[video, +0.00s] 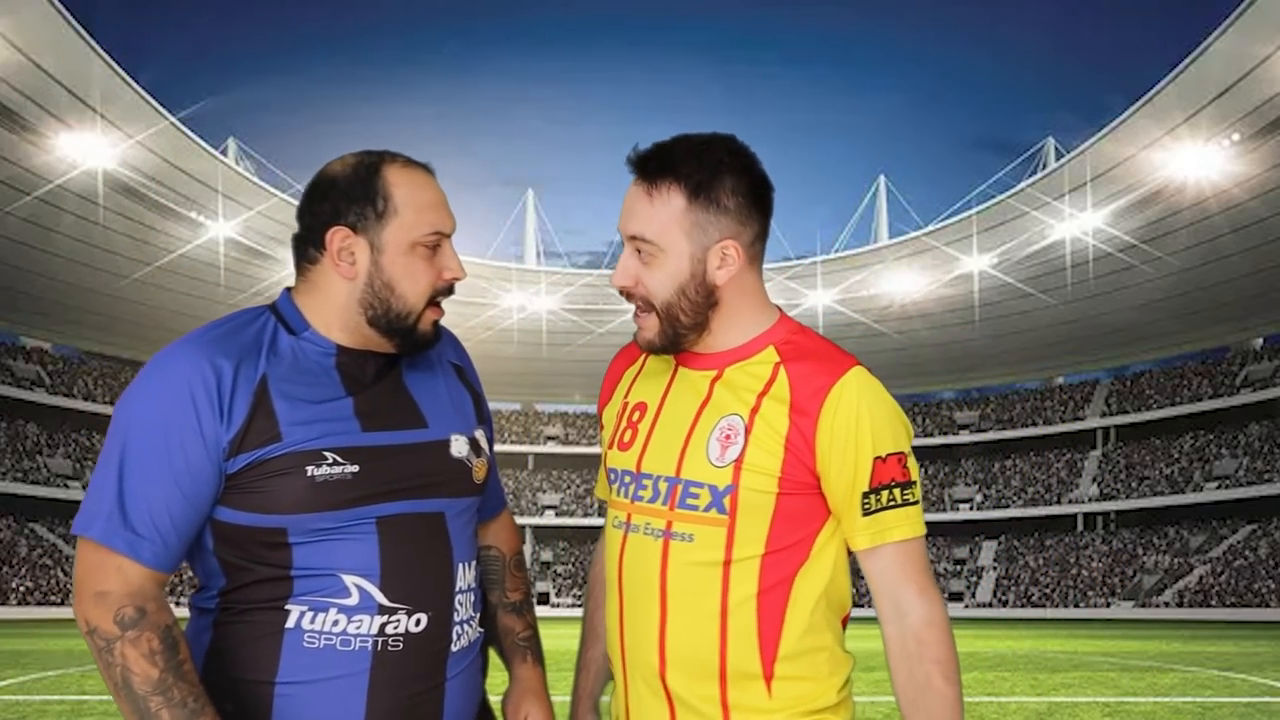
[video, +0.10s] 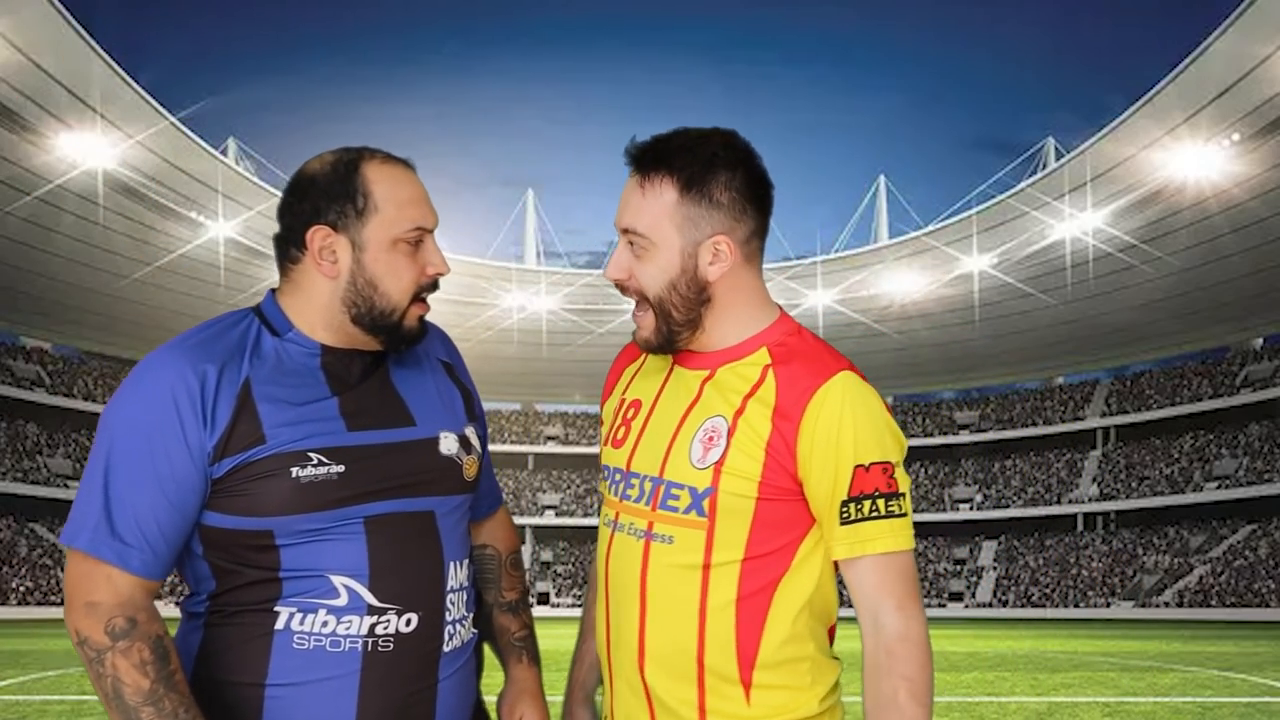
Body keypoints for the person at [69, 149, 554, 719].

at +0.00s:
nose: (458, 271)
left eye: (450, 245)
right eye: (432, 246)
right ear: (346, 253)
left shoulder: (444, 364)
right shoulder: (204, 378)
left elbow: (491, 526)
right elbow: (113, 601)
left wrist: (528, 678)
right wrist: (197, 713)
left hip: (452, 707)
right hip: (274, 704)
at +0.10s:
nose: (440, 266)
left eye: (433, 240)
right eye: (414, 241)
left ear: (328, 252)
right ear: (327, 251)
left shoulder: (434, 361)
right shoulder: (188, 384)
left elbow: (486, 523)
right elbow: (104, 607)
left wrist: (524, 678)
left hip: (447, 707)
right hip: (264, 705)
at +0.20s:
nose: (425, 262)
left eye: (418, 235)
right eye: (399, 237)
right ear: (310, 247)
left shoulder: (428, 360)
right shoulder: (172, 388)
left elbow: (485, 524)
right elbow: (97, 616)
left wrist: (521, 680)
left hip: (439, 705)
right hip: (250, 704)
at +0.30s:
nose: (413, 261)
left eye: (405, 234)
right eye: (385, 236)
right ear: (295, 247)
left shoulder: (420, 358)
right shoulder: (157, 390)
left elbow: (482, 523)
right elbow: (81, 617)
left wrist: (518, 680)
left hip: (434, 709)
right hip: (241, 708)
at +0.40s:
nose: (401, 262)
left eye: (394, 236)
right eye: (371, 239)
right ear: (279, 248)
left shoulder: (416, 357)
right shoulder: (144, 392)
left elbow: (481, 527)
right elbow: (81, 625)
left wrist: (513, 687)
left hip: (428, 709)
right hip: (234, 708)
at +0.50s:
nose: (391, 261)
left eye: (385, 236)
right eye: (359, 238)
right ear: (266, 250)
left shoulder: (417, 356)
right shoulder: (140, 396)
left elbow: (484, 528)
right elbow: (85, 634)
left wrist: (508, 686)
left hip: (419, 707)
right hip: (225, 706)